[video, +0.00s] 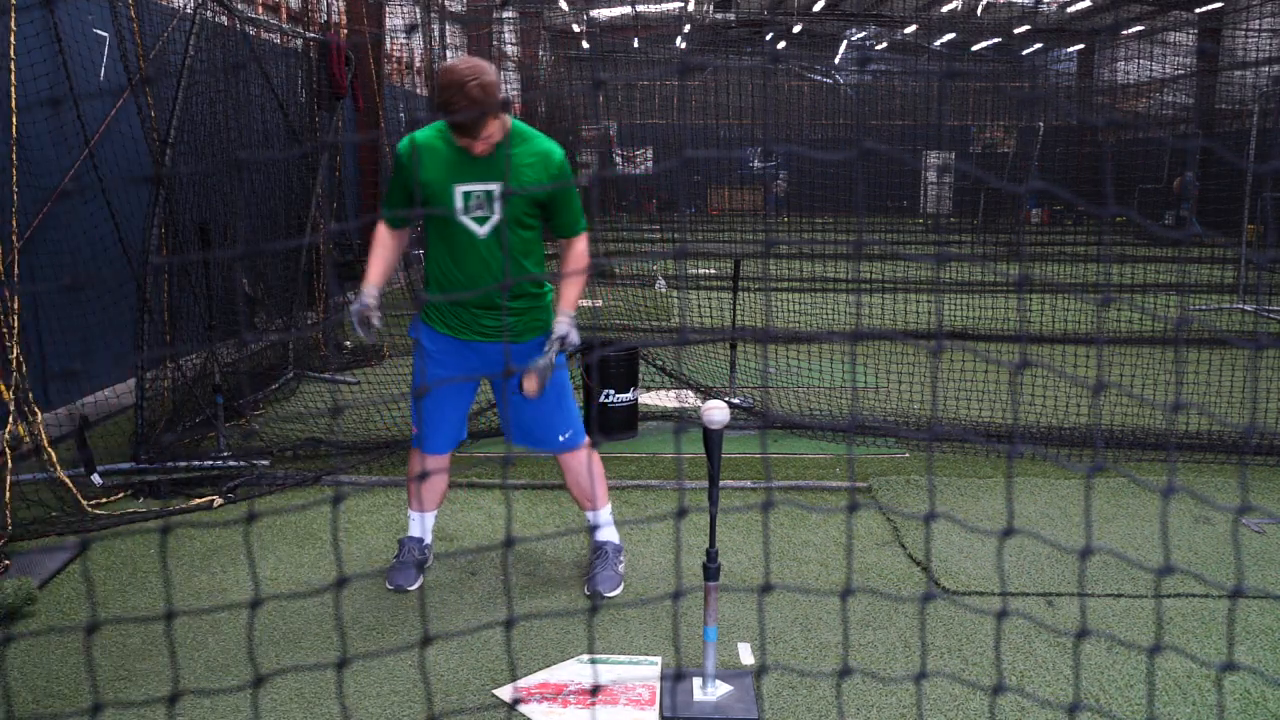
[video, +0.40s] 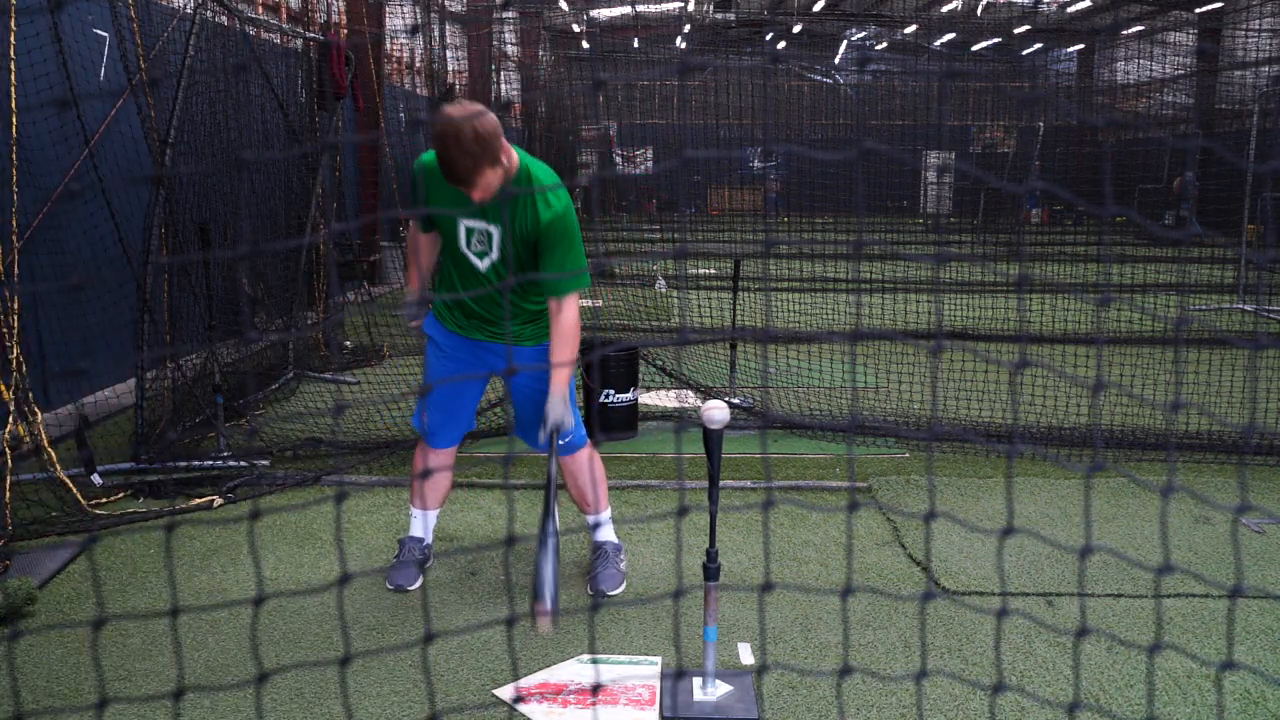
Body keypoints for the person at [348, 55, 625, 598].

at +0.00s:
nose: (478, 144)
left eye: (486, 132)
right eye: (466, 136)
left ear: (506, 111)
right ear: (447, 120)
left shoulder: (545, 159)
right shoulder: (417, 154)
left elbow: (575, 242)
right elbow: (392, 226)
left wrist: (564, 320)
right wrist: (369, 289)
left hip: (530, 331)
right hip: (446, 332)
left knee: (568, 441)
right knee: (430, 446)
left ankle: (606, 539)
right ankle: (416, 542)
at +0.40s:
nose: (475, 196)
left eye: (484, 185)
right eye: (464, 186)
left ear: (504, 153)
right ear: (447, 161)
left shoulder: (548, 201)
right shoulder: (431, 172)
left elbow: (566, 300)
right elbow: (425, 228)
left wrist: (559, 393)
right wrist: (416, 290)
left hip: (535, 333)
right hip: (456, 327)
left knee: (566, 435)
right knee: (437, 435)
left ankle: (606, 542)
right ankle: (418, 540)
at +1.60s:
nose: (495, 142)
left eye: (505, 129)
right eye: (484, 130)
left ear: (528, 109)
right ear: (470, 116)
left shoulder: (570, 169)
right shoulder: (445, 160)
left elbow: (593, 259)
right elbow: (426, 232)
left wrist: (603, 337)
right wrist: (408, 301)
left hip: (543, 335)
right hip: (460, 331)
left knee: (572, 446)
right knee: (438, 445)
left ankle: (605, 542)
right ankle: (417, 541)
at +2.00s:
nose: (491, 127)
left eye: (500, 113)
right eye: (479, 117)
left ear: (518, 94)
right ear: (461, 106)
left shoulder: (563, 157)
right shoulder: (440, 160)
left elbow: (606, 231)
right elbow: (419, 238)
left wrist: (651, 295)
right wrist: (401, 309)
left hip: (544, 330)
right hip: (462, 330)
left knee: (573, 442)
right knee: (440, 443)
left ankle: (606, 543)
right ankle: (419, 539)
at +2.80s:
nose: (487, 88)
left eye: (495, 75)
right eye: (475, 78)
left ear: (509, 75)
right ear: (456, 83)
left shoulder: (550, 156)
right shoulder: (433, 160)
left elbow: (597, 239)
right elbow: (419, 243)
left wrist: (645, 309)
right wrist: (399, 315)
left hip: (539, 332)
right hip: (458, 333)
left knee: (571, 444)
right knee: (437, 445)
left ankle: (608, 541)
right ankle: (418, 539)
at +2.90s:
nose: (492, 85)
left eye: (500, 74)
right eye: (479, 76)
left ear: (513, 78)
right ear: (458, 82)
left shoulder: (545, 160)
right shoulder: (431, 159)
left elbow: (559, 259)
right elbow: (420, 241)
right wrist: (401, 313)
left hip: (534, 335)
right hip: (455, 334)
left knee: (570, 444)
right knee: (437, 446)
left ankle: (608, 541)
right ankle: (418, 540)